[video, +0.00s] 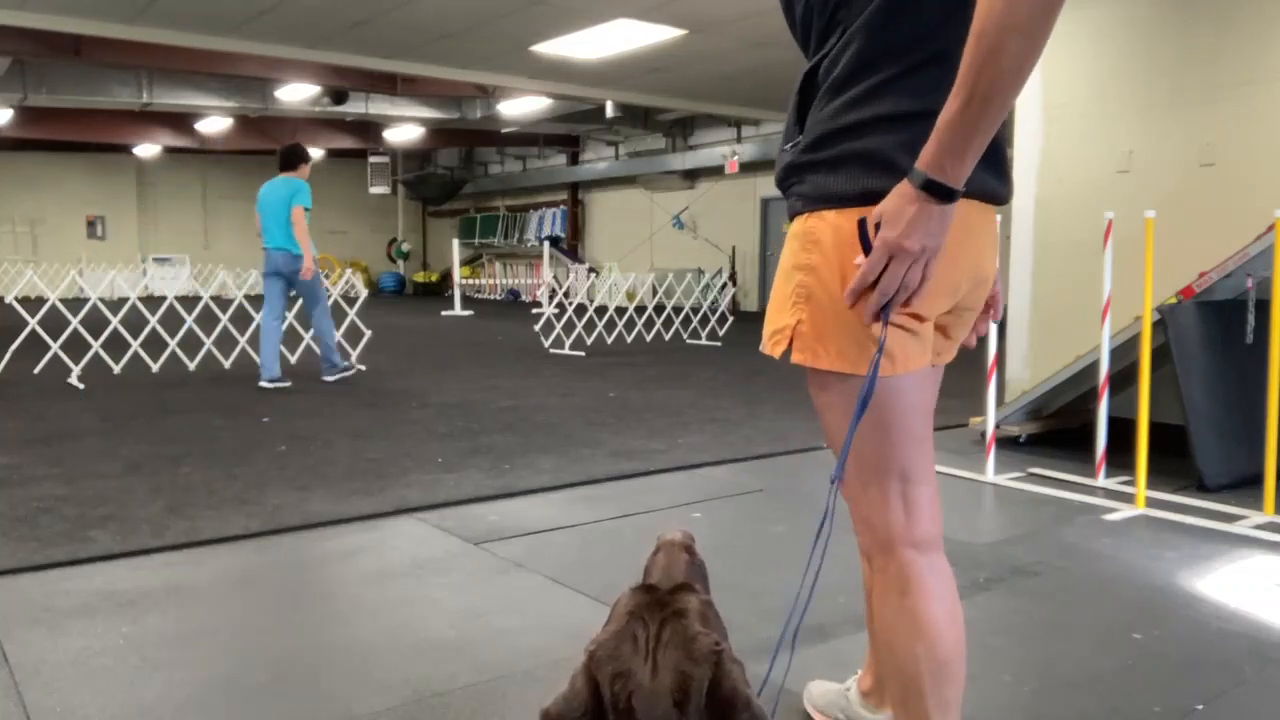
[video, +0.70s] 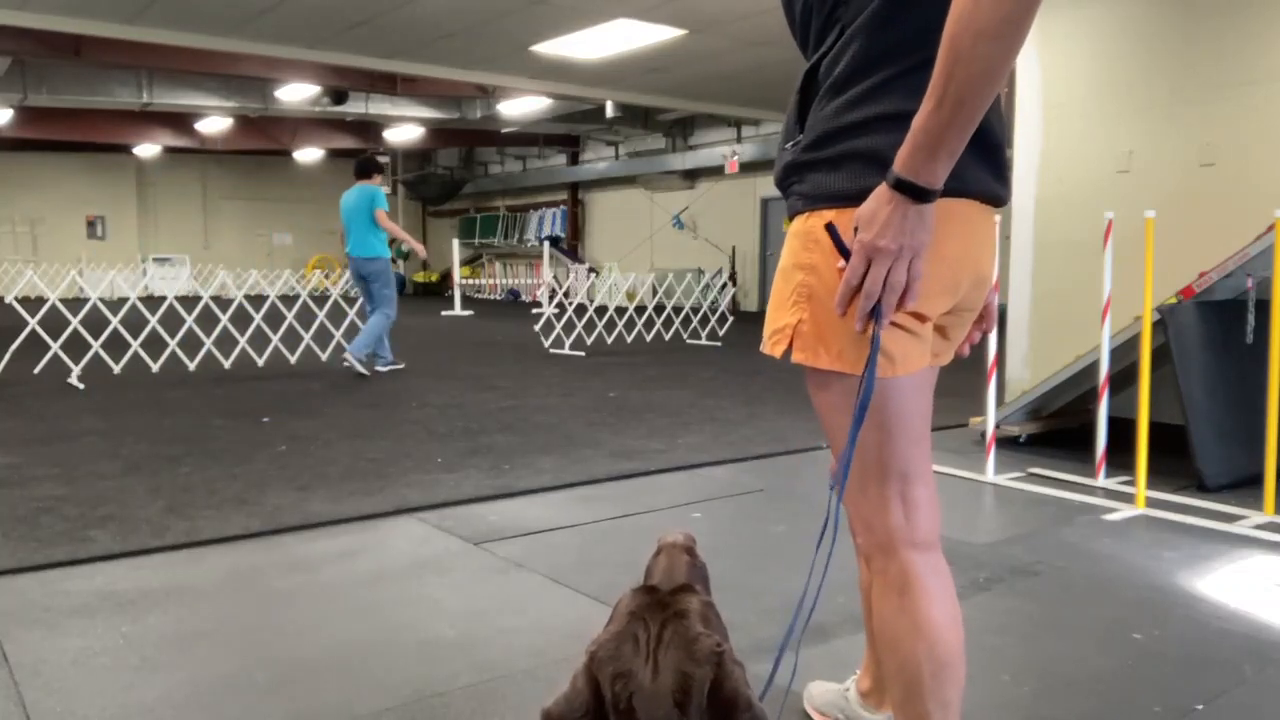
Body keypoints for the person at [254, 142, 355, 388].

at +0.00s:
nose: (310, 171)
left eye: (309, 166)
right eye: (308, 166)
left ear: (283, 165)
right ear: (301, 165)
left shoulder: (265, 188)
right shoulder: (300, 186)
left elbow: (260, 227)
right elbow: (298, 219)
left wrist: (273, 245)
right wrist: (308, 255)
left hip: (271, 254)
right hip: (294, 254)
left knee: (271, 315)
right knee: (319, 306)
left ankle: (269, 374)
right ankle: (333, 363)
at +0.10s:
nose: (324, 175)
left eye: (324, 170)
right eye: (322, 170)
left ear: (298, 169)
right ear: (316, 170)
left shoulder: (281, 192)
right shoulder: (314, 190)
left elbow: (281, 226)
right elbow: (310, 223)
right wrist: (316, 257)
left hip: (287, 257)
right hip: (311, 257)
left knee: (282, 312)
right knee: (331, 310)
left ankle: (270, 370)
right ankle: (346, 361)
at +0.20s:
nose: (337, 177)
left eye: (338, 173)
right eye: (337, 173)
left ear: (314, 170)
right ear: (330, 171)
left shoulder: (297, 192)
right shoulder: (327, 191)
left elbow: (298, 226)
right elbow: (323, 222)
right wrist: (329, 257)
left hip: (304, 256)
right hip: (328, 257)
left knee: (301, 312)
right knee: (345, 310)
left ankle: (277, 358)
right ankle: (348, 363)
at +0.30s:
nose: (348, 177)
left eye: (349, 172)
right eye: (348, 172)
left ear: (325, 169)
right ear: (341, 170)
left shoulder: (308, 191)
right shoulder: (338, 189)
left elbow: (310, 226)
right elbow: (336, 222)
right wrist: (349, 254)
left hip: (317, 256)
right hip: (338, 256)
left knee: (329, 309)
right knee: (352, 309)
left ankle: (296, 346)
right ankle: (348, 364)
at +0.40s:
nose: (357, 175)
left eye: (357, 171)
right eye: (357, 171)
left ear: (334, 167)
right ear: (351, 170)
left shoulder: (318, 190)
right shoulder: (349, 188)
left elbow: (321, 223)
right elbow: (351, 222)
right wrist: (370, 252)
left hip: (327, 254)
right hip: (349, 254)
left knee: (345, 303)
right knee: (356, 308)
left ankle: (329, 348)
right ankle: (348, 363)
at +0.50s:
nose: (366, 176)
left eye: (366, 171)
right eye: (366, 171)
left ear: (342, 170)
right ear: (360, 170)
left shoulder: (328, 192)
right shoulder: (359, 188)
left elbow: (332, 225)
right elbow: (365, 219)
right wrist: (390, 248)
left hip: (338, 255)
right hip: (359, 255)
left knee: (360, 310)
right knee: (360, 312)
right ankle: (349, 363)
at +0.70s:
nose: (381, 180)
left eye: (381, 177)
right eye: (380, 176)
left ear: (358, 175)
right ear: (374, 175)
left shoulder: (346, 196)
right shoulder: (376, 192)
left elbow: (344, 230)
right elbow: (384, 222)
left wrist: (349, 252)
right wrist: (412, 242)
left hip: (355, 258)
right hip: (376, 257)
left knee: (373, 308)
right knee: (387, 311)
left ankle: (384, 358)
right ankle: (355, 353)